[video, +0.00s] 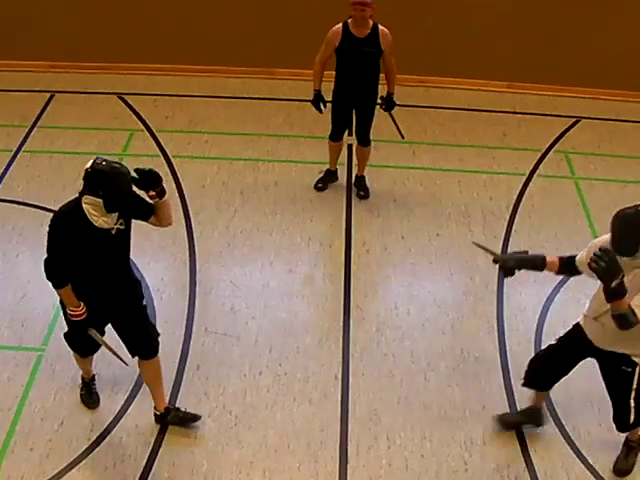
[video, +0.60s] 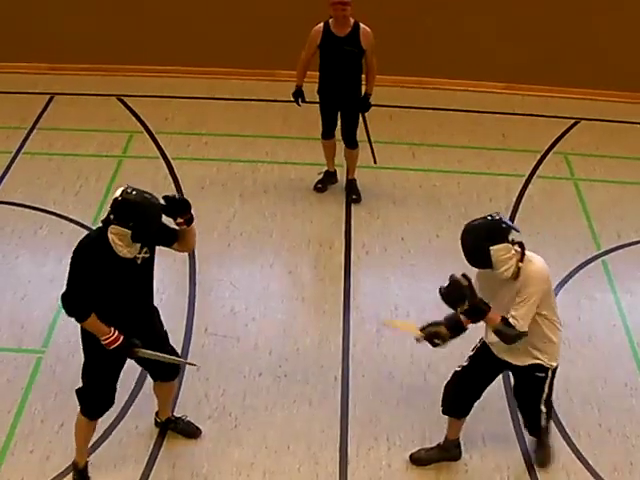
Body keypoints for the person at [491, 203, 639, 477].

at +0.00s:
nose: (618, 253)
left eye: (625, 252)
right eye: (615, 245)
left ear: (638, 251)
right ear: (614, 235)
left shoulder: (639, 275)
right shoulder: (607, 246)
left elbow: (628, 325)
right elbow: (573, 264)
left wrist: (614, 284)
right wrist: (523, 260)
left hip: (626, 352)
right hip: (589, 331)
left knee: (628, 415)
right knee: (543, 366)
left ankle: (634, 440)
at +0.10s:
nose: (591, 257)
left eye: (596, 254)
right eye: (592, 251)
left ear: (618, 256)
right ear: (597, 251)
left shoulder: (638, 287)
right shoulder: (596, 262)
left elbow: (612, 340)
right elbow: (563, 283)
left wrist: (601, 294)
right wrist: (518, 280)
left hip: (620, 361)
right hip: (579, 343)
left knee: (623, 421)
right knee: (531, 377)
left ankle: (631, 443)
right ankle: (487, 424)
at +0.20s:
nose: (569, 267)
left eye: (573, 262)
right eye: (569, 262)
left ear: (593, 259)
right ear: (574, 262)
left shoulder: (620, 287)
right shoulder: (579, 277)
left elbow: (589, 345)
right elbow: (552, 299)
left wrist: (575, 302)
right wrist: (510, 301)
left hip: (598, 367)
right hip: (559, 354)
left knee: (612, 429)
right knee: (510, 391)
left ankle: (630, 444)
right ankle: (464, 442)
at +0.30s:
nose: (536, 269)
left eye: (541, 263)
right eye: (536, 263)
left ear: (561, 263)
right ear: (544, 265)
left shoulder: (588, 288)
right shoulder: (548, 279)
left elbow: (560, 347)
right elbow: (532, 309)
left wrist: (540, 306)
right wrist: (490, 321)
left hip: (571, 369)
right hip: (534, 355)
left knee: (593, 426)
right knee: (478, 391)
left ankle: (624, 440)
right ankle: (450, 445)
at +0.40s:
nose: (514, 274)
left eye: (519, 268)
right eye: (513, 269)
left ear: (538, 259)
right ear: (513, 265)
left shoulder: (562, 284)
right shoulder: (515, 275)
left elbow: (524, 340)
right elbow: (503, 315)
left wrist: (501, 297)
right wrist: (473, 336)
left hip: (550, 365)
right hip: (511, 353)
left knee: (577, 425)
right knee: (458, 396)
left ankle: (608, 437)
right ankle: (448, 446)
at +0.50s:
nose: (510, 275)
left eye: (512, 269)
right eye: (503, 270)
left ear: (522, 256)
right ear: (491, 265)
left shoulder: (544, 278)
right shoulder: (491, 272)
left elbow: (510, 335)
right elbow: (487, 313)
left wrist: (478, 299)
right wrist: (461, 338)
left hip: (540, 360)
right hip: (499, 349)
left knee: (555, 424)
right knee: (454, 394)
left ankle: (574, 437)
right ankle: (448, 446)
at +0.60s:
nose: (492, 270)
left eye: (494, 264)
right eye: (487, 265)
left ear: (508, 252)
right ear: (484, 261)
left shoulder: (535, 272)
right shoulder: (487, 271)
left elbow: (512, 334)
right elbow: (477, 310)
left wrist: (474, 305)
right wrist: (449, 328)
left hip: (536, 354)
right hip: (497, 344)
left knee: (531, 408)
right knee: (459, 390)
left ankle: (541, 438)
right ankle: (450, 445)